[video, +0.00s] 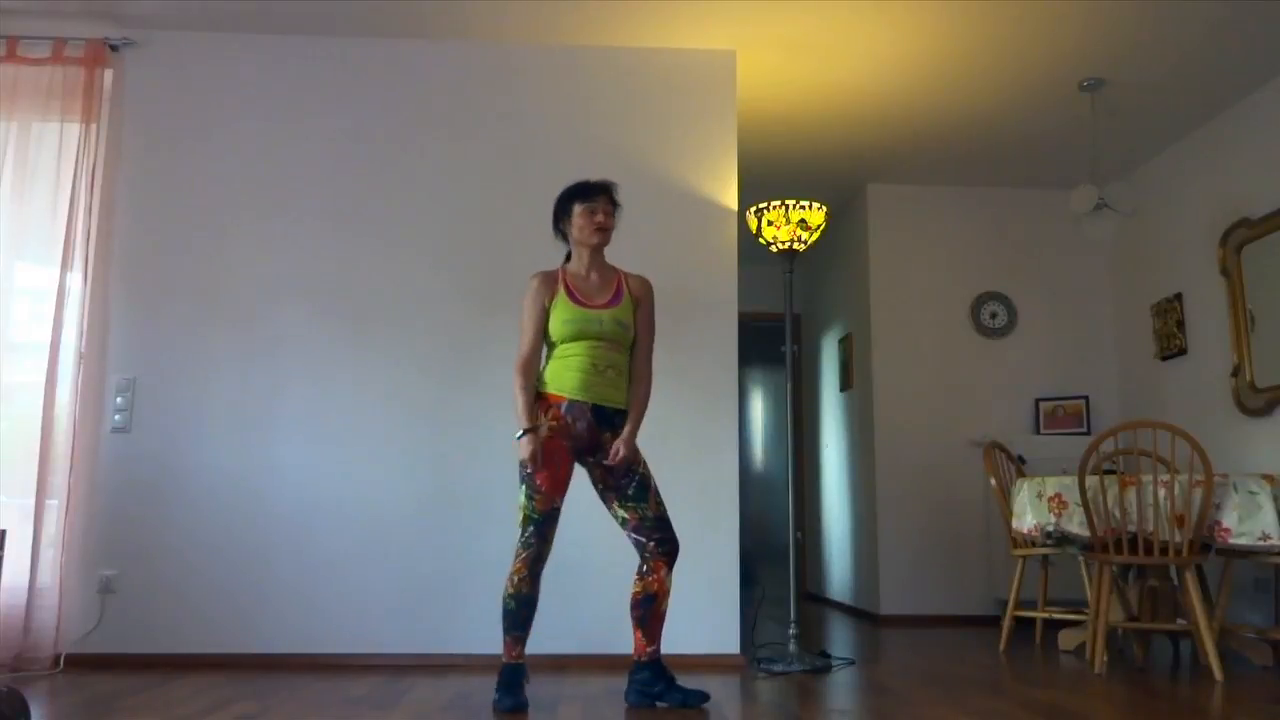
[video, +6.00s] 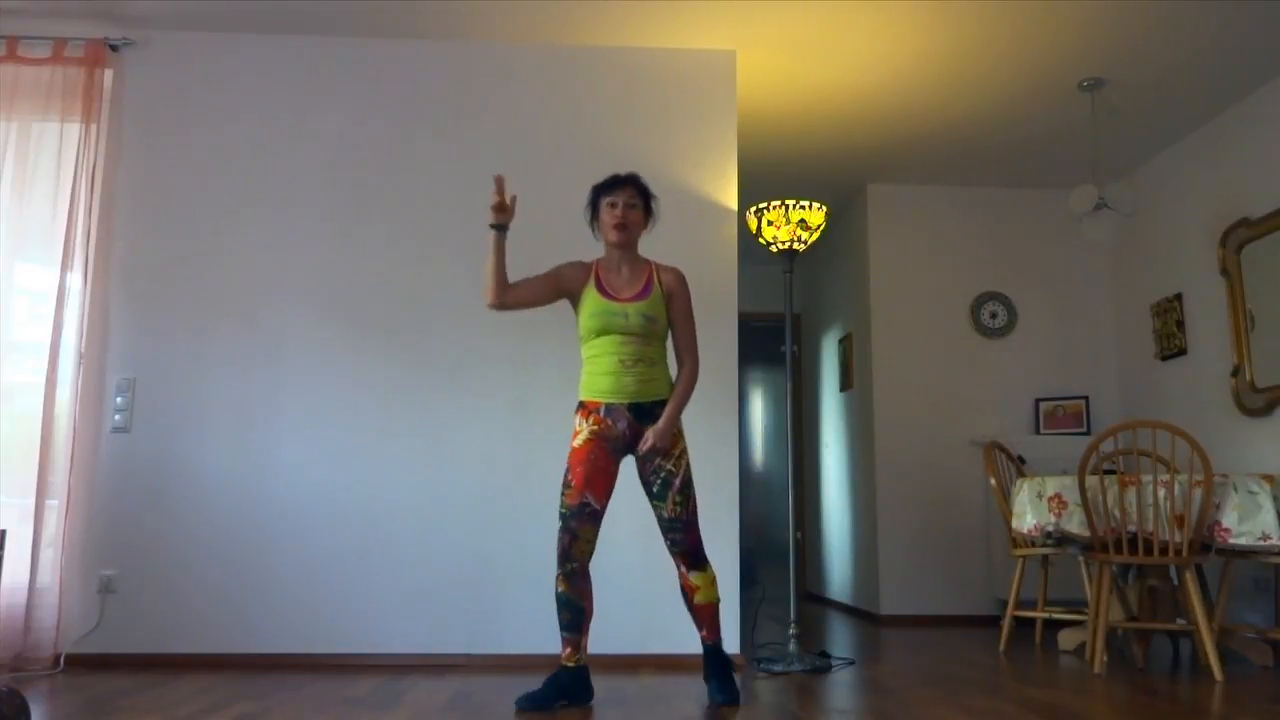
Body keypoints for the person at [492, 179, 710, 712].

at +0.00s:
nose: (600, 218)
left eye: (607, 211)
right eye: (589, 210)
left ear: (615, 223)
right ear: (566, 223)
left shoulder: (637, 288)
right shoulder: (548, 285)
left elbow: (642, 368)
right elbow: (527, 361)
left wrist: (630, 431)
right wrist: (529, 428)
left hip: (610, 430)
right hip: (552, 424)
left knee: (659, 546)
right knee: (532, 548)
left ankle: (647, 672)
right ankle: (511, 673)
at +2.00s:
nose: (622, 215)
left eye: (632, 209)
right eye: (612, 210)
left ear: (646, 224)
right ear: (595, 226)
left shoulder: (669, 284)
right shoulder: (579, 284)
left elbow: (700, 358)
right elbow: (564, 358)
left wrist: (692, 394)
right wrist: (566, 386)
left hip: (659, 423)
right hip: (597, 423)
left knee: (678, 543)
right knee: (570, 543)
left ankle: (679, 661)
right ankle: (559, 665)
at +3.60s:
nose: (624, 227)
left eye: (633, 223)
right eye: (615, 217)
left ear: (641, 238)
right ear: (590, 227)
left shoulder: (652, 295)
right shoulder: (564, 288)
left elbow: (671, 378)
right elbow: (525, 360)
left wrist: (646, 432)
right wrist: (499, 337)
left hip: (625, 432)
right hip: (567, 427)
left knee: (673, 548)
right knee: (550, 546)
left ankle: (652, 665)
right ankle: (520, 668)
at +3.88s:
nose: (628, 224)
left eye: (636, 218)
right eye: (618, 215)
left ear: (643, 232)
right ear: (593, 225)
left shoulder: (658, 291)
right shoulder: (569, 287)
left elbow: (673, 376)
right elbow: (549, 367)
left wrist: (643, 432)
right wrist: (537, 324)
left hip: (636, 425)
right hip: (577, 421)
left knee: (667, 543)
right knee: (554, 540)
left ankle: (673, 656)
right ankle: (529, 663)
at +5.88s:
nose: (613, 214)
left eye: (624, 207)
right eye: (603, 206)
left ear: (638, 218)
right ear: (587, 218)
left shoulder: (660, 278)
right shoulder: (570, 277)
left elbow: (679, 362)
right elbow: (496, 310)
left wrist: (655, 423)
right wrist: (510, 246)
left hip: (645, 416)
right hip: (584, 413)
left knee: (680, 537)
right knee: (567, 537)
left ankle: (691, 655)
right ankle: (552, 667)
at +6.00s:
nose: (622, 214)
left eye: (633, 207)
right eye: (613, 206)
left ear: (647, 219)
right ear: (596, 217)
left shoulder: (667, 280)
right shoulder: (579, 276)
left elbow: (689, 364)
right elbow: (498, 296)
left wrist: (666, 423)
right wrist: (499, 231)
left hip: (658, 419)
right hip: (596, 421)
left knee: (686, 545)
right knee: (572, 546)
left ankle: (716, 661)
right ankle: (573, 671)